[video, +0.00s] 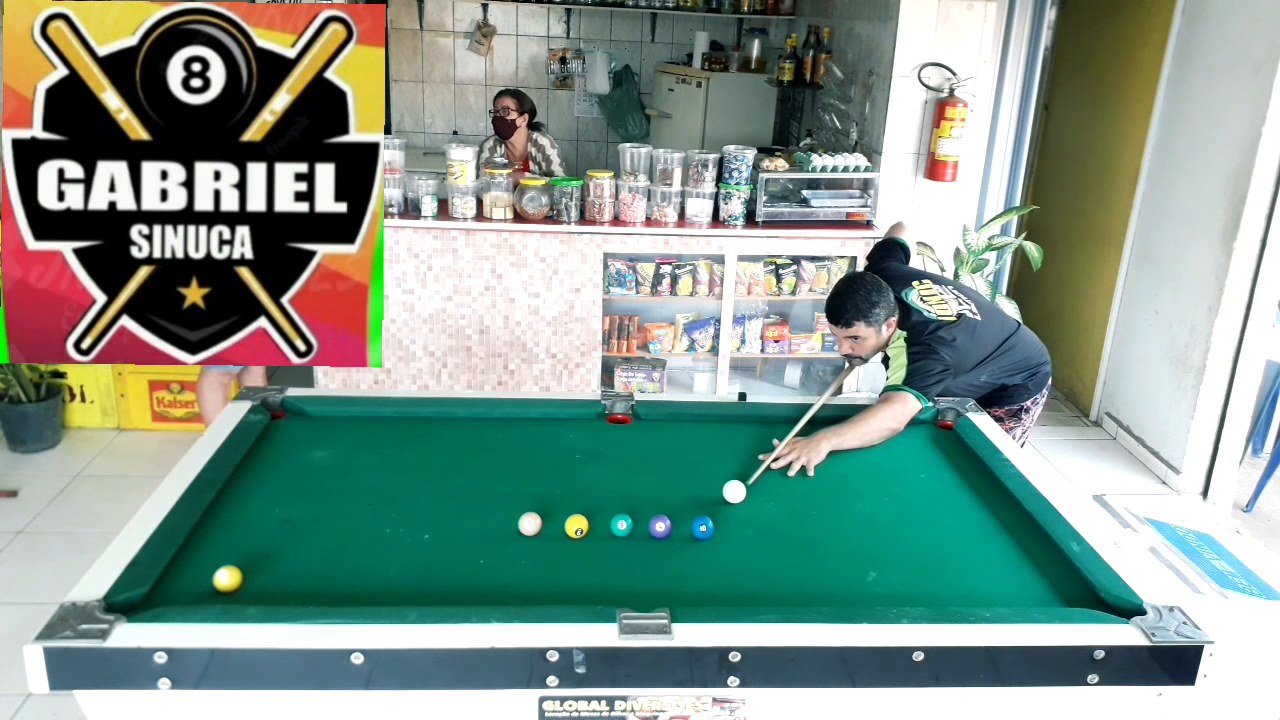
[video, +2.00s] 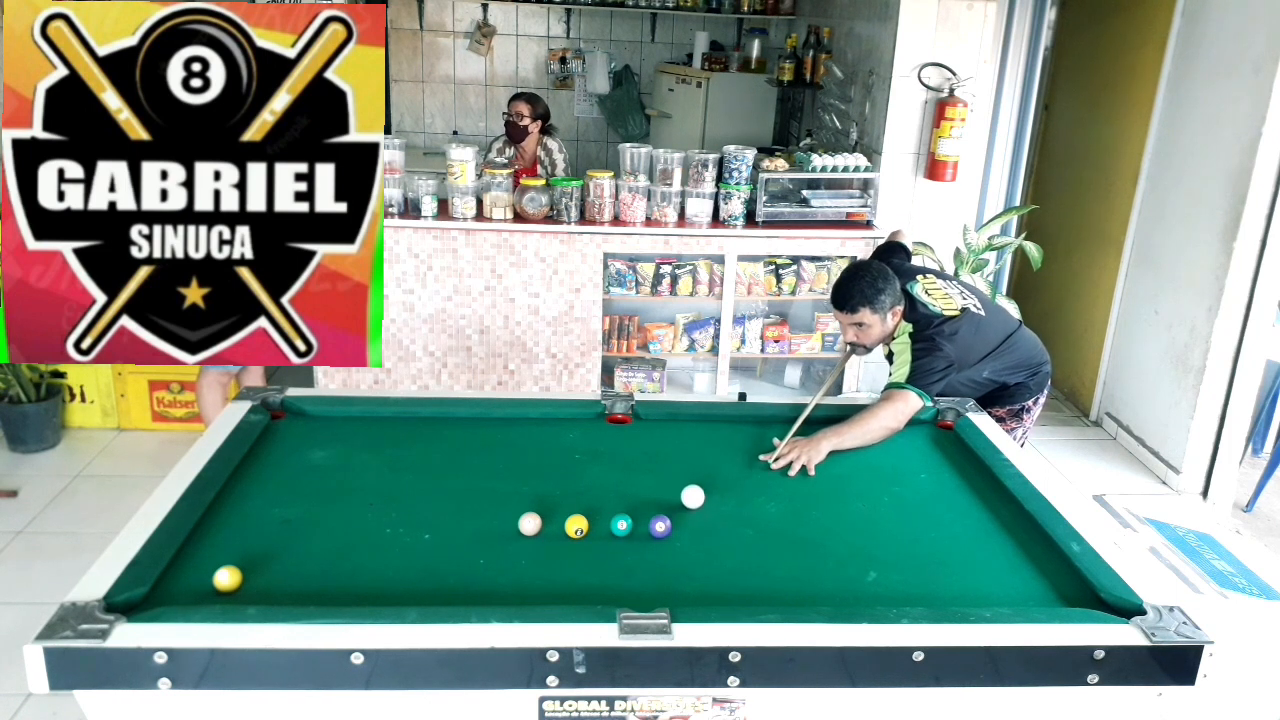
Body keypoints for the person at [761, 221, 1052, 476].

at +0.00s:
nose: (844, 349)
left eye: (854, 338)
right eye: (837, 336)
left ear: (889, 326)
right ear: (833, 318)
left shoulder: (926, 351)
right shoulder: (885, 272)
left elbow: (893, 415)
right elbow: (901, 229)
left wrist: (824, 439)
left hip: (1021, 375)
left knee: (986, 475)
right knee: (946, 459)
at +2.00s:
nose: (849, 338)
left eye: (861, 327)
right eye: (842, 324)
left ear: (895, 316)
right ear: (837, 309)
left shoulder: (930, 342)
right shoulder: (894, 269)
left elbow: (894, 412)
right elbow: (897, 240)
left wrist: (823, 441)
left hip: (1020, 376)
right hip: (970, 363)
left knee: (988, 475)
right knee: (947, 459)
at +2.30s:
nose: (843, 297)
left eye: (854, 287)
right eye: (838, 285)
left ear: (890, 279)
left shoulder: (919, 313)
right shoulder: (893, 250)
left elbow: (892, 391)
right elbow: (905, 231)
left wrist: (829, 437)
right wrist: (887, 307)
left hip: (1003, 377)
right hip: (947, 371)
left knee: (978, 477)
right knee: (929, 463)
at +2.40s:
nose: (839, 279)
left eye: (851, 269)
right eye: (835, 267)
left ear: (887, 264)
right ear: (829, 256)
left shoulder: (918, 294)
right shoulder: (888, 245)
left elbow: (900, 382)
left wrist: (831, 424)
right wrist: (887, 312)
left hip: (994, 377)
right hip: (939, 371)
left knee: (975, 479)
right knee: (924, 468)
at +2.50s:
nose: (834, 257)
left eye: (846, 247)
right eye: (830, 245)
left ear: (882, 243)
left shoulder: (914, 278)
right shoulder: (878, 254)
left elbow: (895, 373)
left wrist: (811, 396)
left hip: (980, 381)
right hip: (930, 375)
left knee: (968, 489)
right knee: (917, 480)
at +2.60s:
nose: (833, 247)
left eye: (845, 237)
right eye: (830, 235)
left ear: (882, 234)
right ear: (826, 226)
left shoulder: (912, 273)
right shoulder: (874, 248)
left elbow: (876, 364)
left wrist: (791, 386)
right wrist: (872, 315)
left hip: (971, 380)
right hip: (915, 372)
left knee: (954, 488)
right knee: (896, 476)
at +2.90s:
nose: (822, 227)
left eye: (835, 217)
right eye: (819, 214)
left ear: (870, 216)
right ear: (816, 204)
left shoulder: (894, 255)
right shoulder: (856, 236)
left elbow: (903, 353)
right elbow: (869, 278)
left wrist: (833, 390)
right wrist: (850, 305)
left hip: (948, 371)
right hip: (901, 363)